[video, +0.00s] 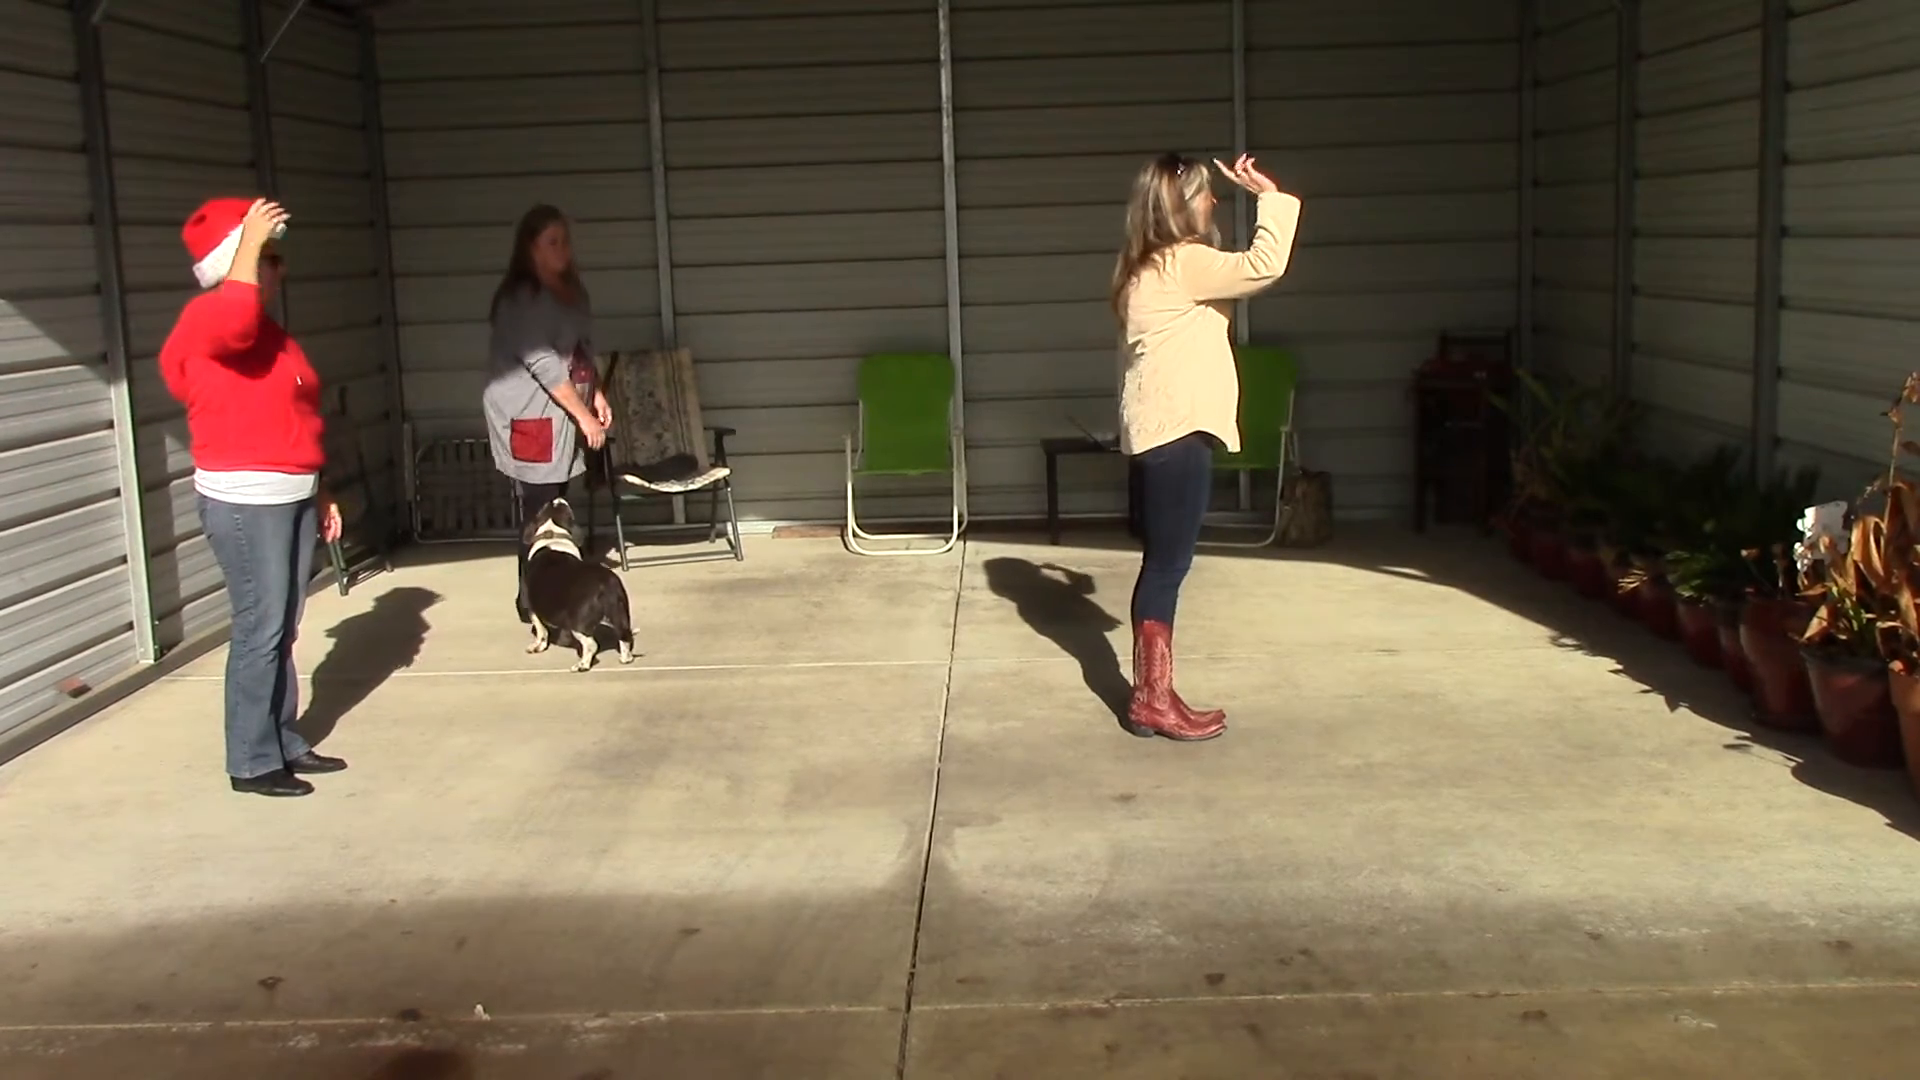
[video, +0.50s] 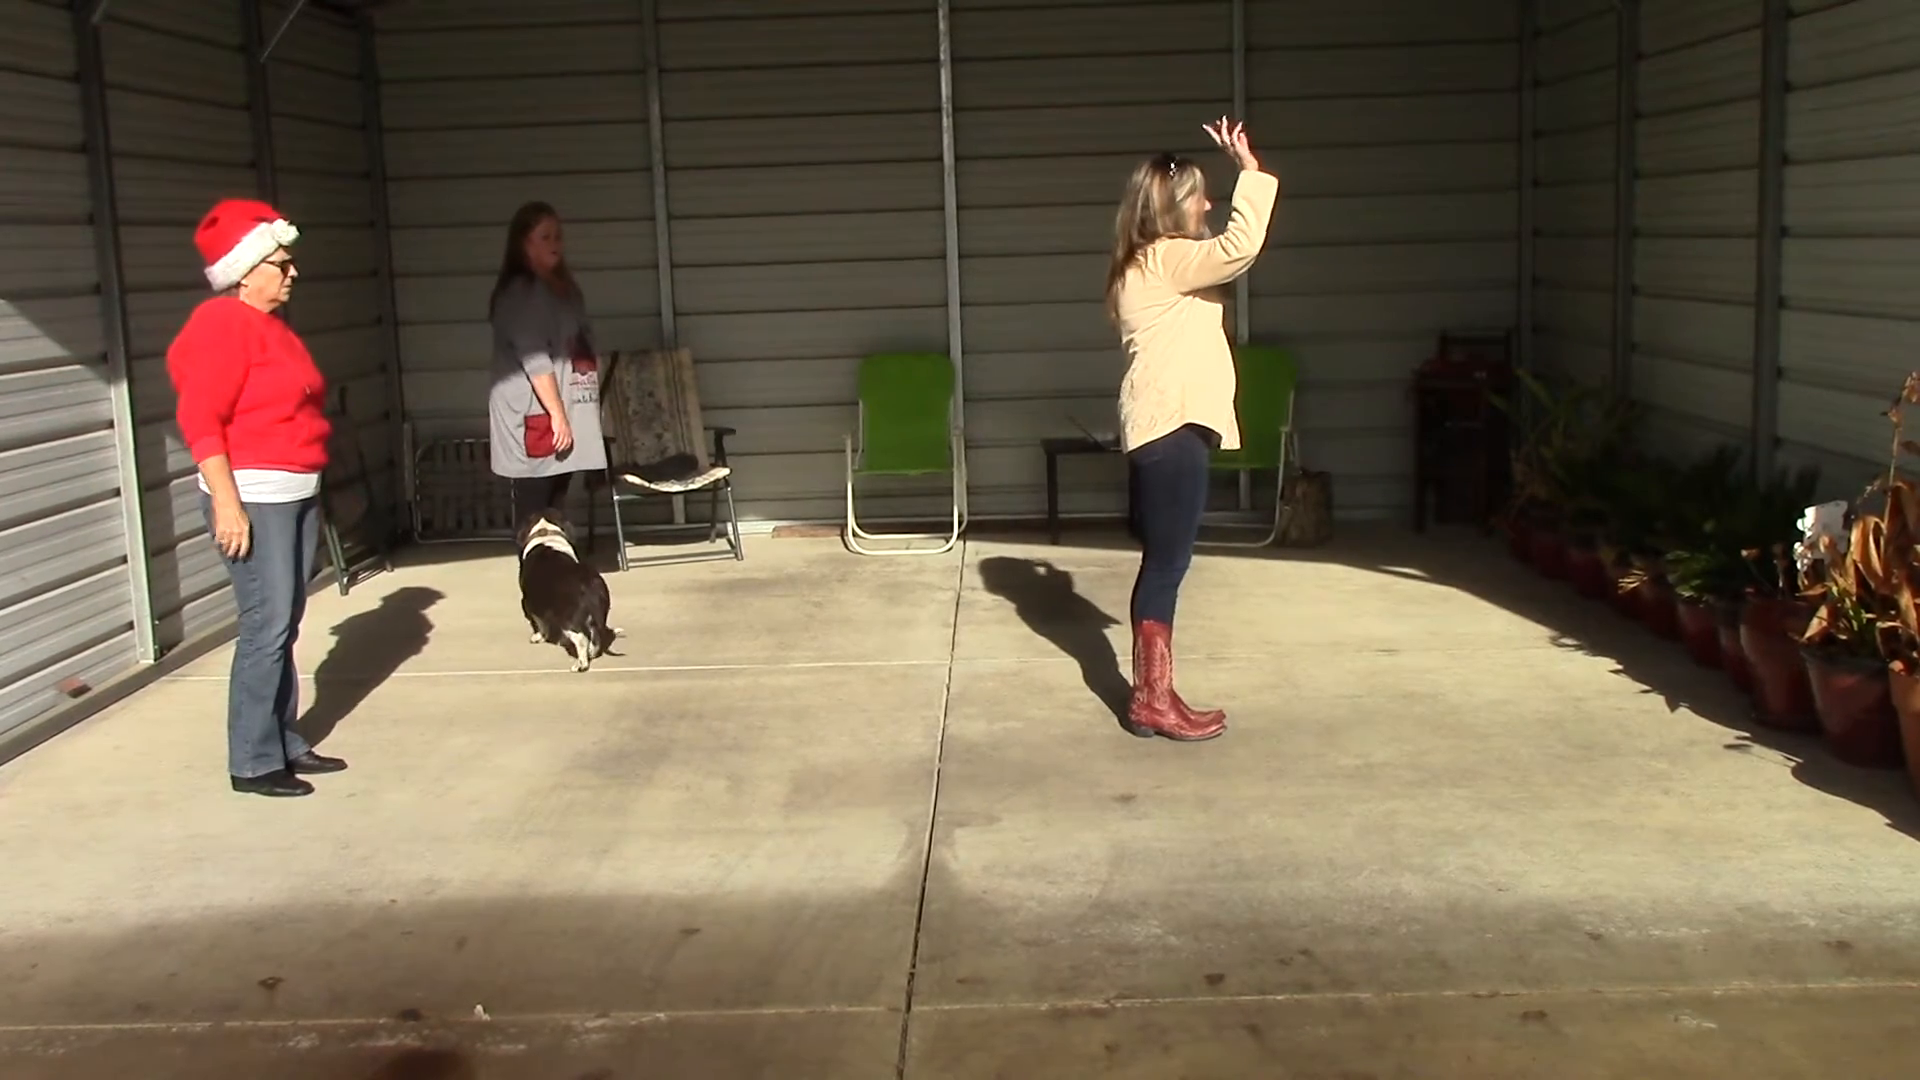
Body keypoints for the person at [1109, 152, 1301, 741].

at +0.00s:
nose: (1214, 213)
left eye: (1214, 202)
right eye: (1208, 203)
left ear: (1160, 205)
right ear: (1186, 205)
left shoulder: (1143, 270)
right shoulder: (1183, 262)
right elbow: (1265, 265)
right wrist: (1274, 198)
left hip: (1154, 432)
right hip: (1181, 431)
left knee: (1161, 562)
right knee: (1167, 565)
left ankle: (1153, 697)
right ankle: (1152, 700)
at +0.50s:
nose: (1209, 206)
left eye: (1206, 196)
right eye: (1200, 197)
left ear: (1164, 206)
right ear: (1171, 205)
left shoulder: (1147, 265)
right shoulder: (1163, 258)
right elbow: (1239, 248)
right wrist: (1254, 175)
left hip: (1162, 428)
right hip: (1174, 428)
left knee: (1163, 558)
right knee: (1167, 559)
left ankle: (1153, 694)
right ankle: (1152, 699)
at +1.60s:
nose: (1243, 234)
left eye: (1243, 223)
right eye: (1235, 223)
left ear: (1198, 223)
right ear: (1204, 222)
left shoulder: (1163, 277)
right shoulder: (1193, 271)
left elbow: (1177, 348)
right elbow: (1266, 272)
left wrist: (1226, 330)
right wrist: (1310, 206)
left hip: (1167, 451)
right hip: (1199, 447)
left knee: (1205, 561)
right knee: (1284, 542)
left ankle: (1154, 689)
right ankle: (1217, 668)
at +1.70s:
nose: (1251, 240)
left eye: (1251, 230)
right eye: (1245, 228)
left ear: (1199, 221)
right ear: (1219, 223)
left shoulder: (1170, 280)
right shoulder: (1201, 271)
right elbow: (1277, 259)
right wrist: (1320, 192)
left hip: (1175, 452)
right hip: (1208, 446)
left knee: (1213, 567)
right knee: (1301, 540)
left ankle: (1155, 687)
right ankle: (1278, 679)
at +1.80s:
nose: (1264, 240)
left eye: (1265, 228)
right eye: (1257, 227)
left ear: (1214, 222)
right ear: (1227, 221)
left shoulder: (1181, 280)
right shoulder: (1213, 270)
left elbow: (1191, 367)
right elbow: (1292, 248)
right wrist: (1332, 177)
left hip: (1185, 450)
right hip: (1221, 442)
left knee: (1221, 564)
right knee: (1311, 543)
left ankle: (1158, 685)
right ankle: (1322, 685)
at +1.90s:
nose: (1276, 234)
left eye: (1277, 223)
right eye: (1270, 222)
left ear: (1222, 219)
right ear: (1241, 219)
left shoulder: (1192, 278)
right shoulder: (1230, 265)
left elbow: (1204, 361)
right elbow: (1308, 242)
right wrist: (1346, 167)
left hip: (1198, 450)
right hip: (1239, 443)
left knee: (1229, 562)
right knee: (1321, 547)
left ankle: (1160, 681)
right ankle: (1334, 690)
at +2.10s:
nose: (1308, 218)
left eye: (1305, 207)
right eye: (1299, 209)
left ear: (1250, 220)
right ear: (1272, 216)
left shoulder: (1228, 277)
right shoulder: (1274, 262)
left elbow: (1234, 362)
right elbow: (1349, 245)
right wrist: (1378, 168)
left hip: (1234, 444)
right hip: (1276, 439)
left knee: (1267, 563)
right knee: (1336, 556)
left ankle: (1177, 675)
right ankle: (1330, 696)